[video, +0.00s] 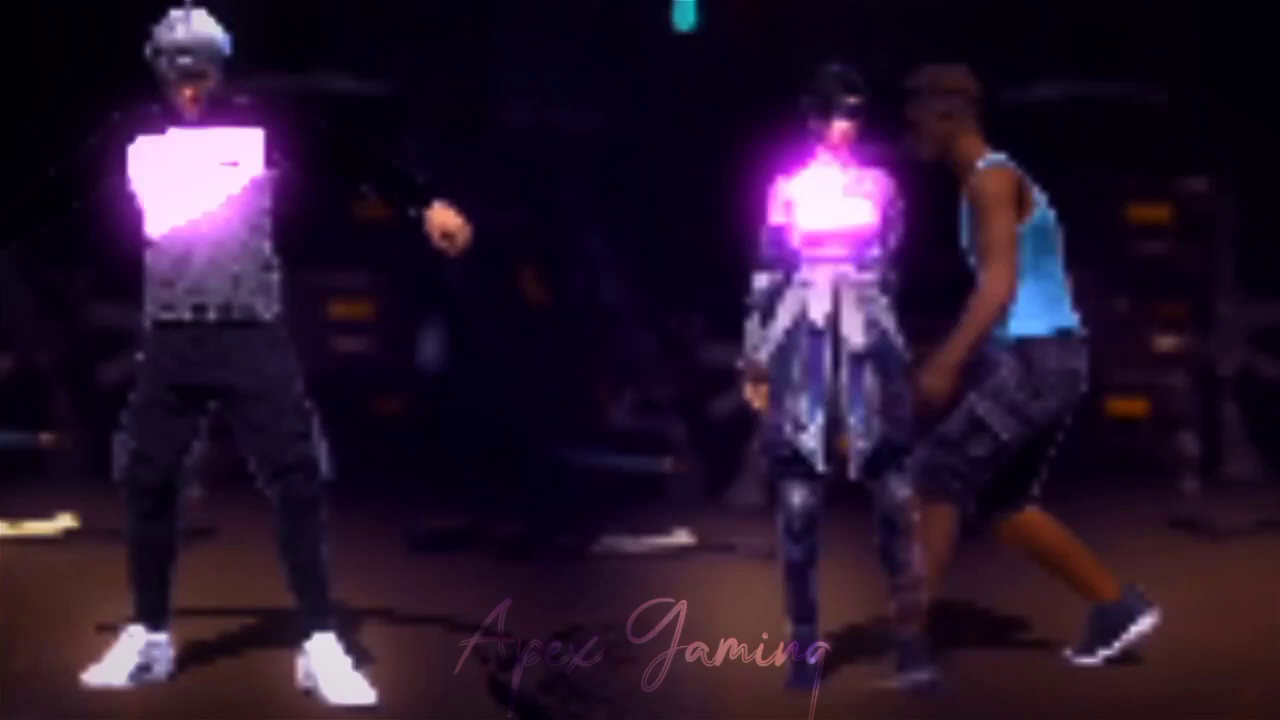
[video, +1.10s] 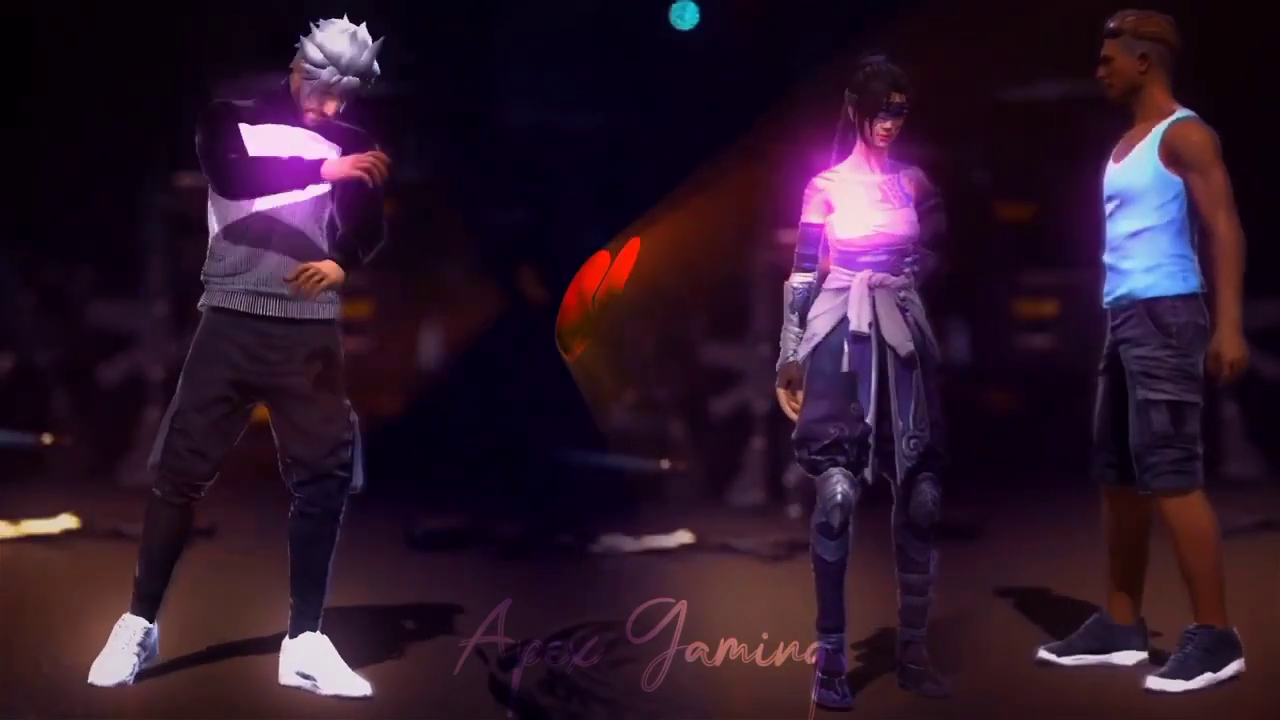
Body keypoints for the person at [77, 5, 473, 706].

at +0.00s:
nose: (190, 89)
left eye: (201, 74)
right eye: (177, 75)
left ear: (224, 71)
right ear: (156, 74)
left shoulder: (265, 127)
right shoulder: (131, 143)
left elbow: (347, 167)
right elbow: (96, 233)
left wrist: (422, 208)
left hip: (253, 336)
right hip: (170, 337)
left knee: (294, 476)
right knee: (147, 478)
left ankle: (320, 638)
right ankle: (149, 634)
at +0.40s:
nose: (193, 166)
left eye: (202, 154)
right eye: (180, 158)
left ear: (219, 129)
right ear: (156, 139)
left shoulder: (265, 154)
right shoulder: (134, 170)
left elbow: (333, 227)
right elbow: (90, 256)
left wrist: (414, 284)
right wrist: (48, 337)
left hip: (261, 345)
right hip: (176, 347)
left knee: (290, 484)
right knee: (151, 483)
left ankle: (305, 638)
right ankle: (147, 636)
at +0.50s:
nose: (204, 157)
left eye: (213, 146)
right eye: (192, 149)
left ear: (234, 120)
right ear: (171, 131)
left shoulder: (283, 150)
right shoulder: (152, 163)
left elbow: (310, 244)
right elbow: (146, 257)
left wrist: (324, 340)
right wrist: (167, 343)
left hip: (273, 342)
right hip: (186, 344)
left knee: (295, 484)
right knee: (156, 482)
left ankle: (304, 636)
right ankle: (148, 634)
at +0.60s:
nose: (219, 143)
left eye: (233, 133)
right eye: (210, 133)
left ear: (259, 116)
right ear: (193, 117)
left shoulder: (296, 143)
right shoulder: (174, 147)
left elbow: (292, 242)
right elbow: (198, 234)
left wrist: (238, 328)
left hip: (271, 318)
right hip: (192, 319)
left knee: (299, 472)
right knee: (162, 472)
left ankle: (306, 636)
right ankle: (146, 633)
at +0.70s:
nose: (238, 130)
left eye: (252, 121)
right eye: (229, 118)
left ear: (277, 107)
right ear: (213, 101)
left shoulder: (314, 148)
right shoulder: (187, 135)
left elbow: (287, 242)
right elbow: (228, 210)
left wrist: (205, 284)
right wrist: (327, 223)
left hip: (280, 335)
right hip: (199, 334)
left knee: (303, 478)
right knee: (167, 479)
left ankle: (305, 638)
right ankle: (145, 632)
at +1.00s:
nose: (303, 109)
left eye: (316, 100)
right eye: (295, 94)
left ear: (335, 97)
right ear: (277, 82)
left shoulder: (343, 141)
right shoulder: (220, 117)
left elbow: (345, 214)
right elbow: (241, 157)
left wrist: (270, 226)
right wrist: (344, 131)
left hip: (300, 330)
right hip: (217, 326)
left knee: (314, 480)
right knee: (176, 475)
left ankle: (304, 638)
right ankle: (141, 627)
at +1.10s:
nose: (328, 110)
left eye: (342, 99)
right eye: (320, 93)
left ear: (357, 93)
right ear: (296, 72)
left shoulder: (358, 143)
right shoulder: (231, 116)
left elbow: (366, 235)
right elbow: (231, 175)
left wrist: (344, 261)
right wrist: (330, 165)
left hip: (309, 332)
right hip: (227, 325)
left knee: (323, 480)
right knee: (177, 474)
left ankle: (305, 638)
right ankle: (138, 626)